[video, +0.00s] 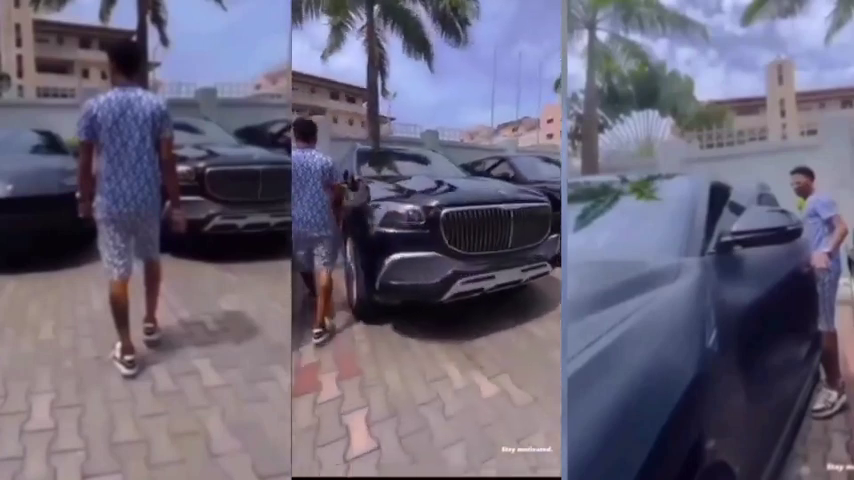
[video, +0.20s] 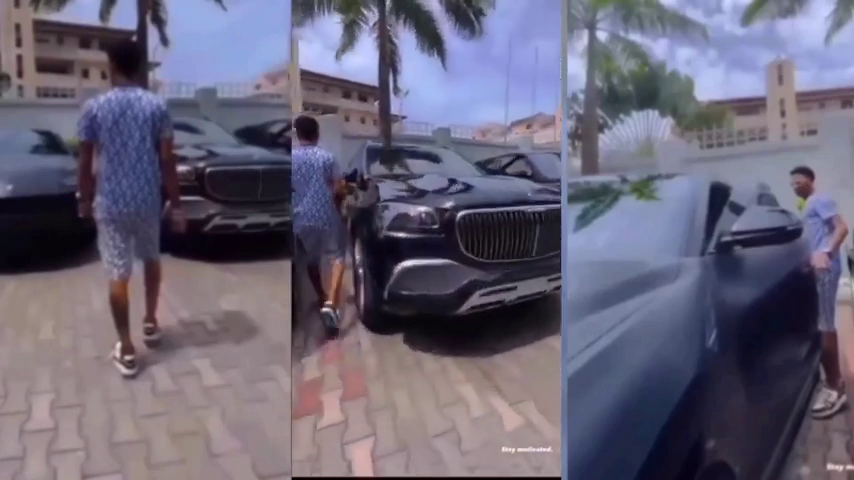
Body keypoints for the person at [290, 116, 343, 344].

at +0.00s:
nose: (297, 140)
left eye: (295, 136)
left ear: (294, 137)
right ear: (315, 136)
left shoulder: (289, 160)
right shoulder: (325, 162)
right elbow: (335, 190)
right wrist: (336, 213)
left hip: (297, 223)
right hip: (323, 222)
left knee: (305, 270)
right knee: (324, 271)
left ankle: (322, 306)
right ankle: (319, 325)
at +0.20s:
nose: (307, 137)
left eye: (300, 134)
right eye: (312, 132)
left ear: (297, 134)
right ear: (317, 133)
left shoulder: (291, 158)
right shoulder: (326, 157)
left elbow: (286, 187)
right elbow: (338, 185)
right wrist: (334, 199)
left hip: (300, 215)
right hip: (326, 213)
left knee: (311, 260)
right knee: (337, 256)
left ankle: (322, 299)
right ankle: (330, 303)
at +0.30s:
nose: (314, 138)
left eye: (308, 134)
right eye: (321, 133)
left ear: (304, 135)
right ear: (323, 134)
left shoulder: (295, 158)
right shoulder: (332, 157)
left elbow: (292, 187)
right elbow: (344, 186)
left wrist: (297, 205)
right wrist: (343, 205)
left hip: (307, 213)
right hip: (332, 212)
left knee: (317, 259)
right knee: (343, 254)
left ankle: (327, 299)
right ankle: (339, 294)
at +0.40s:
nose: (323, 138)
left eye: (317, 134)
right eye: (328, 134)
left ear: (311, 135)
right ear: (331, 135)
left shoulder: (300, 158)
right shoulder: (340, 158)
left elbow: (300, 190)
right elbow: (351, 187)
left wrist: (306, 204)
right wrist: (349, 203)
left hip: (315, 213)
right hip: (340, 213)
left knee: (325, 260)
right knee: (351, 251)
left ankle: (334, 303)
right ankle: (349, 290)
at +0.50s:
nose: (333, 140)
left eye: (326, 136)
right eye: (337, 136)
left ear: (321, 137)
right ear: (341, 137)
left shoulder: (311, 160)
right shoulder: (349, 159)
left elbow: (310, 192)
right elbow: (358, 188)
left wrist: (315, 204)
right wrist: (359, 202)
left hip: (325, 214)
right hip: (348, 213)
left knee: (333, 259)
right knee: (356, 252)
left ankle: (342, 304)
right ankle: (357, 289)